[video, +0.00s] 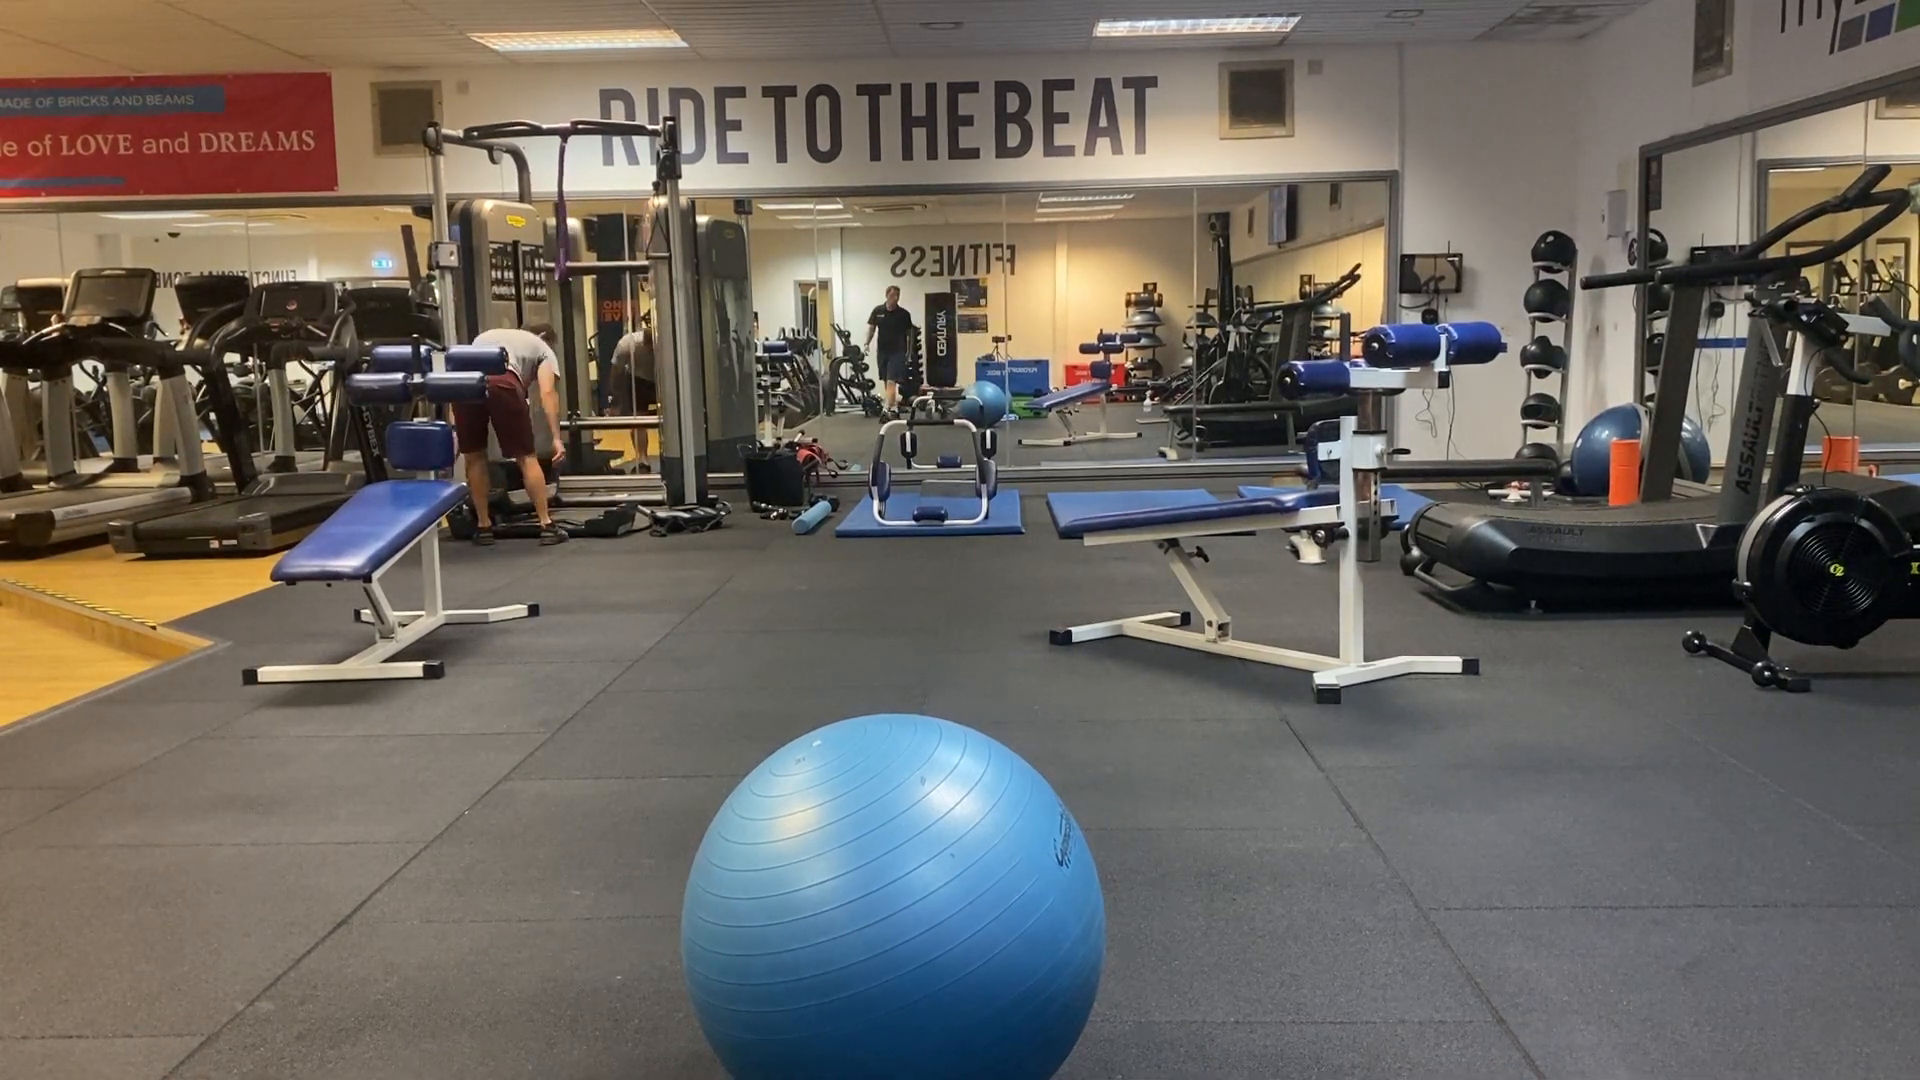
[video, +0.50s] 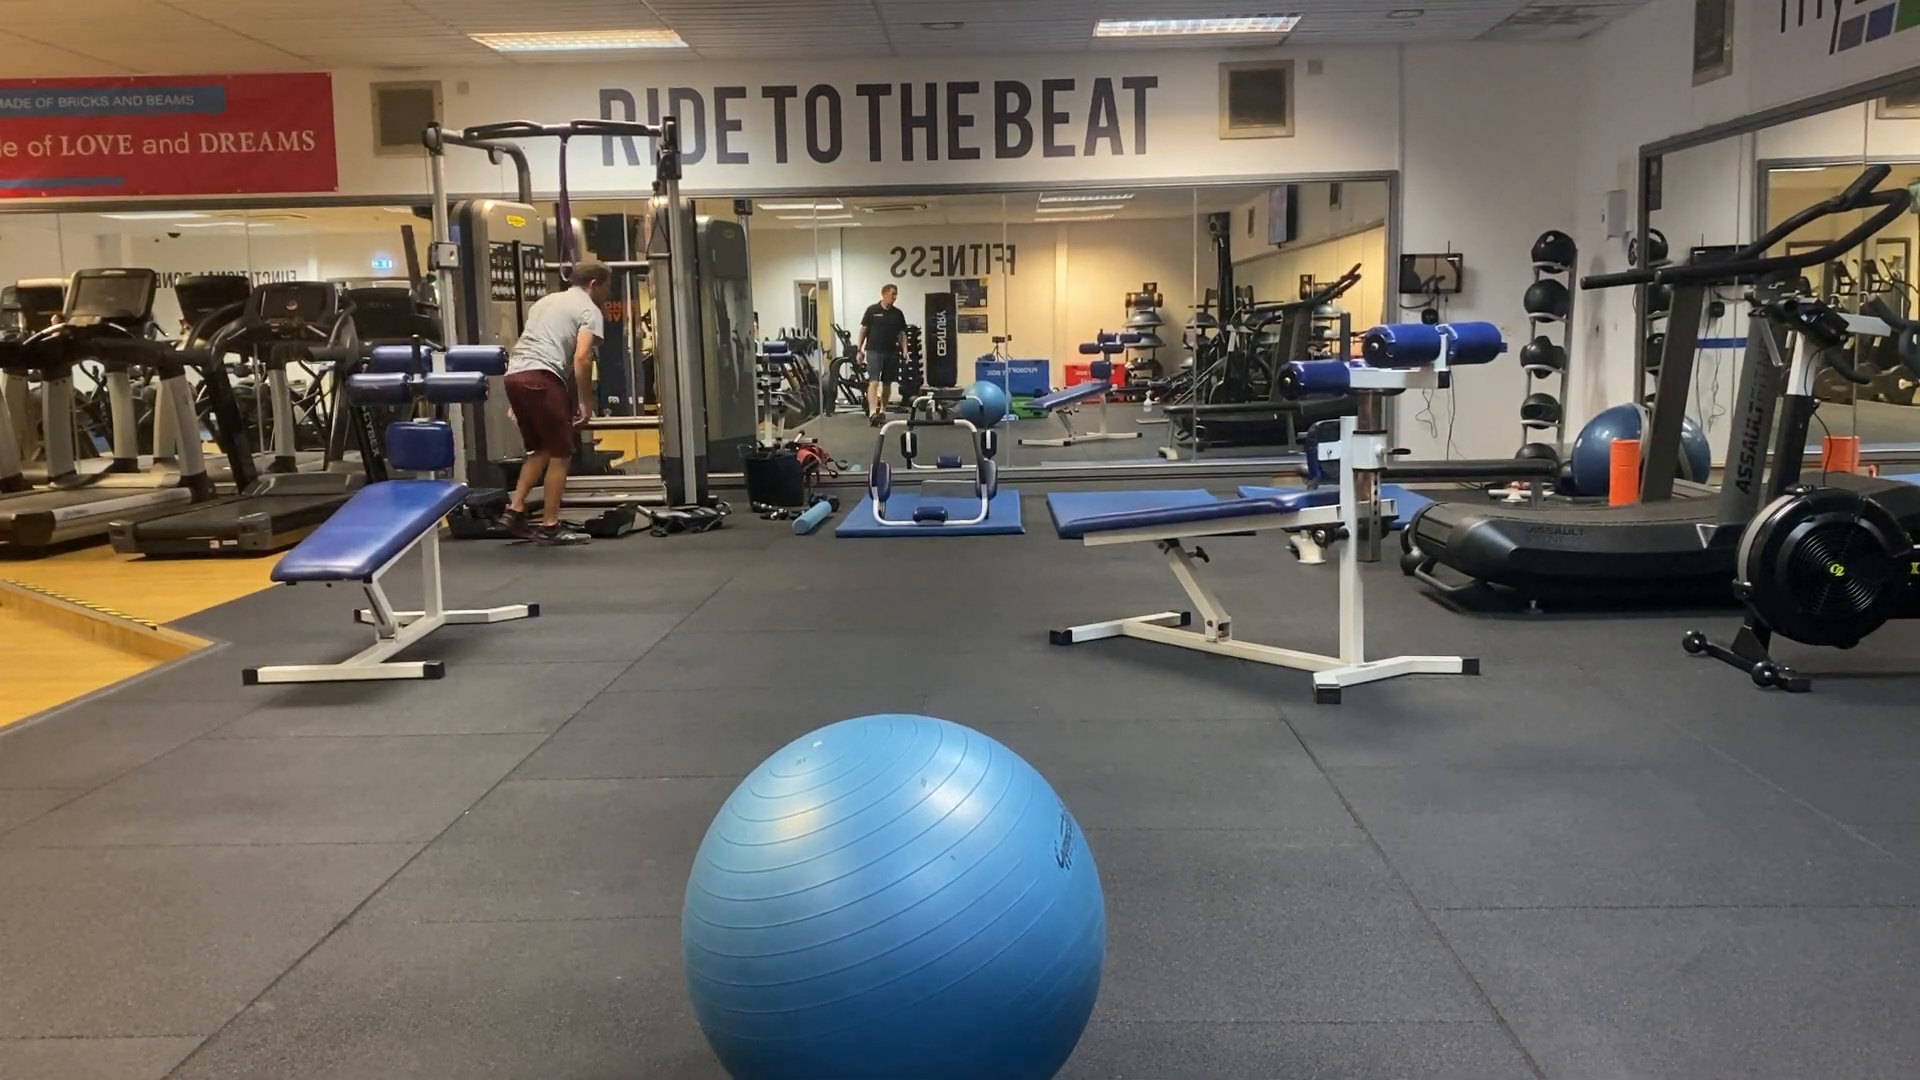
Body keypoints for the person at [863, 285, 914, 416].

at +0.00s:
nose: (893, 298)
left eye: (895, 295)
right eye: (891, 295)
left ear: (898, 297)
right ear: (886, 295)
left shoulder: (904, 314)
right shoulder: (878, 311)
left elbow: (909, 334)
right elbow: (871, 328)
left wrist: (909, 352)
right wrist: (867, 343)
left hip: (898, 352)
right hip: (883, 351)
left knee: (891, 381)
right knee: (886, 382)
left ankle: (887, 409)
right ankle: (894, 409)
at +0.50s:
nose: (895, 297)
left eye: (896, 295)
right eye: (892, 294)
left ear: (895, 296)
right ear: (884, 294)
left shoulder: (898, 313)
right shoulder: (872, 310)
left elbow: (902, 334)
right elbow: (863, 330)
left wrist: (905, 351)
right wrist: (859, 349)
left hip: (891, 352)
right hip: (874, 351)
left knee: (887, 383)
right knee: (874, 382)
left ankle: (883, 411)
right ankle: (873, 413)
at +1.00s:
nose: (922, 309)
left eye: (923, 306)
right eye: (921, 306)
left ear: (918, 305)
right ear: (913, 302)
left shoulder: (915, 324)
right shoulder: (894, 311)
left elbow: (917, 346)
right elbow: (880, 326)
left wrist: (926, 361)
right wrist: (884, 343)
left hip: (899, 353)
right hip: (881, 350)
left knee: (904, 383)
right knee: (877, 385)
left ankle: (910, 415)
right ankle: (875, 413)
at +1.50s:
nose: (937, 343)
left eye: (937, 340)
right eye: (936, 340)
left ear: (929, 338)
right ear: (928, 338)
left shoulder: (925, 351)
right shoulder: (913, 345)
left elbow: (935, 371)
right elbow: (898, 361)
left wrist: (951, 384)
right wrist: (907, 381)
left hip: (904, 376)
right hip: (888, 377)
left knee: (925, 387)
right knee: (892, 411)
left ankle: (902, 406)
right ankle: (859, 412)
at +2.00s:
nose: (916, 337)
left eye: (916, 334)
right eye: (914, 334)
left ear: (906, 333)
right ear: (907, 333)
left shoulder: (897, 344)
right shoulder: (901, 347)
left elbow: (901, 373)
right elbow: (907, 371)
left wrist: (914, 384)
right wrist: (928, 381)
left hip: (895, 382)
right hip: (886, 386)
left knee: (910, 394)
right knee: (891, 421)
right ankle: (857, 414)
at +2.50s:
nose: (924, 344)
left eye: (924, 341)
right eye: (923, 340)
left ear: (915, 339)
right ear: (914, 339)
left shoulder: (911, 352)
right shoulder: (904, 351)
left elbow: (907, 375)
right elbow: (900, 376)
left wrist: (920, 384)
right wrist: (918, 387)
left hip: (892, 387)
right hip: (884, 387)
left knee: (897, 422)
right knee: (893, 422)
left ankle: (867, 413)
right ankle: (866, 414)